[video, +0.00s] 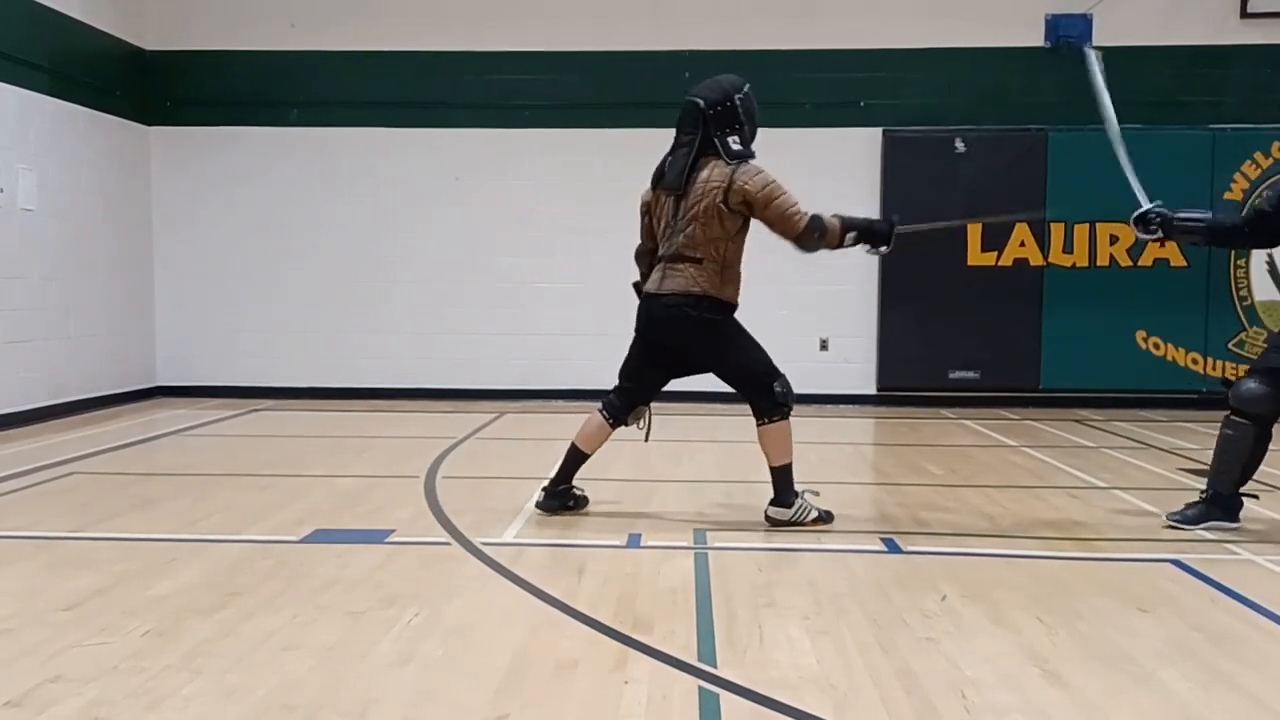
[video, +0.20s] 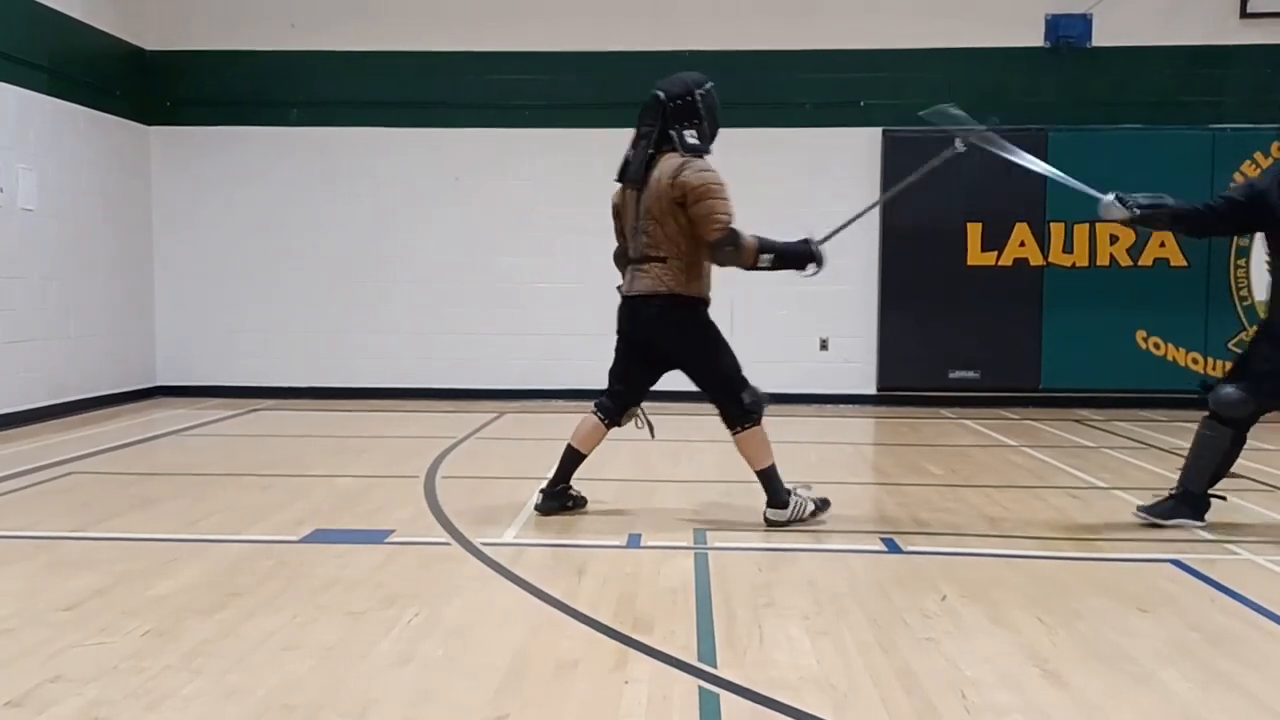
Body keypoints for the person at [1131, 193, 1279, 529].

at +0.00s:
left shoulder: (1277, 199)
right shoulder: (1278, 197)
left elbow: (1254, 231)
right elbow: (1253, 231)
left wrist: (1175, 225)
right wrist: (1174, 225)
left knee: (1256, 395)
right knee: (1253, 395)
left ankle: (1221, 499)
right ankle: (1221, 499)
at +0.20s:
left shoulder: (1270, 191)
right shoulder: (1271, 189)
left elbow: (1216, 215)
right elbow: (1217, 214)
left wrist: (1140, 210)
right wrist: (1141, 210)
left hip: (1274, 333)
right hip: (1275, 330)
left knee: (1235, 401)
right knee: (1233, 400)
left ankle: (1190, 497)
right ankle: (1190, 497)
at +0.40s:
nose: (1234, 137)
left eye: (1246, 127)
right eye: (1229, 128)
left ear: (1272, 132)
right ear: (1223, 134)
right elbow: (1169, 217)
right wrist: (1115, 216)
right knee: (1200, 395)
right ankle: (1182, 496)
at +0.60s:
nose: (1235, 135)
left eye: (1247, 125)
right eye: (1231, 126)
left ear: (1274, 129)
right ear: (1225, 131)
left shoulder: (1271, 184)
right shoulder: (1229, 190)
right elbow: (1186, 253)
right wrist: (1130, 282)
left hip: (1272, 317)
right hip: (1242, 317)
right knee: (1196, 395)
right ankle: (1181, 495)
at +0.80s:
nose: (1277, 140)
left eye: (1279, 131)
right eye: (1274, 131)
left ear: (1278, 134)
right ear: (1269, 133)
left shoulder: (1268, 190)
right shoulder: (1267, 189)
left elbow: (1219, 238)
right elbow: (1219, 237)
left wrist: (1149, 259)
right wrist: (1151, 258)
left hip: (1271, 324)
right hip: (1269, 320)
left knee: (1232, 400)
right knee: (1229, 400)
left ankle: (1186, 495)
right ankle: (1185, 495)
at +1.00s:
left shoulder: (1273, 191)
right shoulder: (1272, 189)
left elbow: (1238, 227)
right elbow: (1238, 226)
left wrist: (1163, 237)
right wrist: (1165, 237)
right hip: (1279, 317)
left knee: (1252, 388)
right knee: (1251, 388)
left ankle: (1233, 498)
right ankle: (1232, 497)